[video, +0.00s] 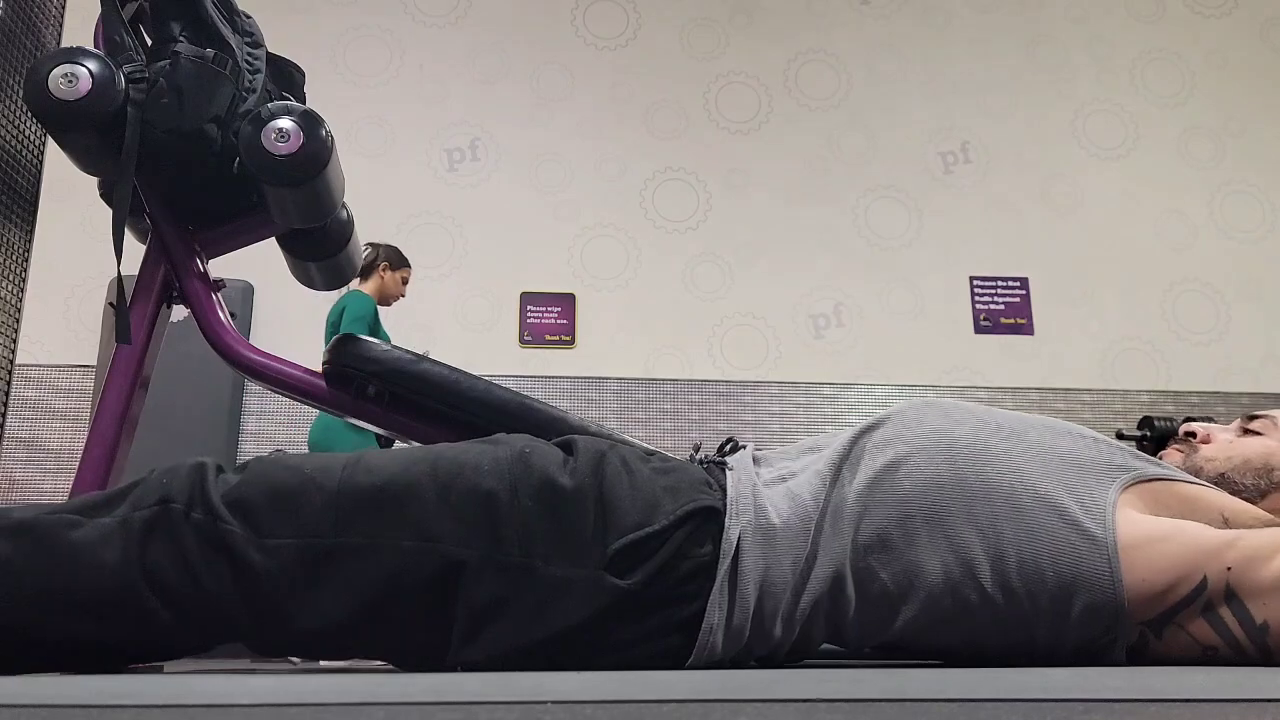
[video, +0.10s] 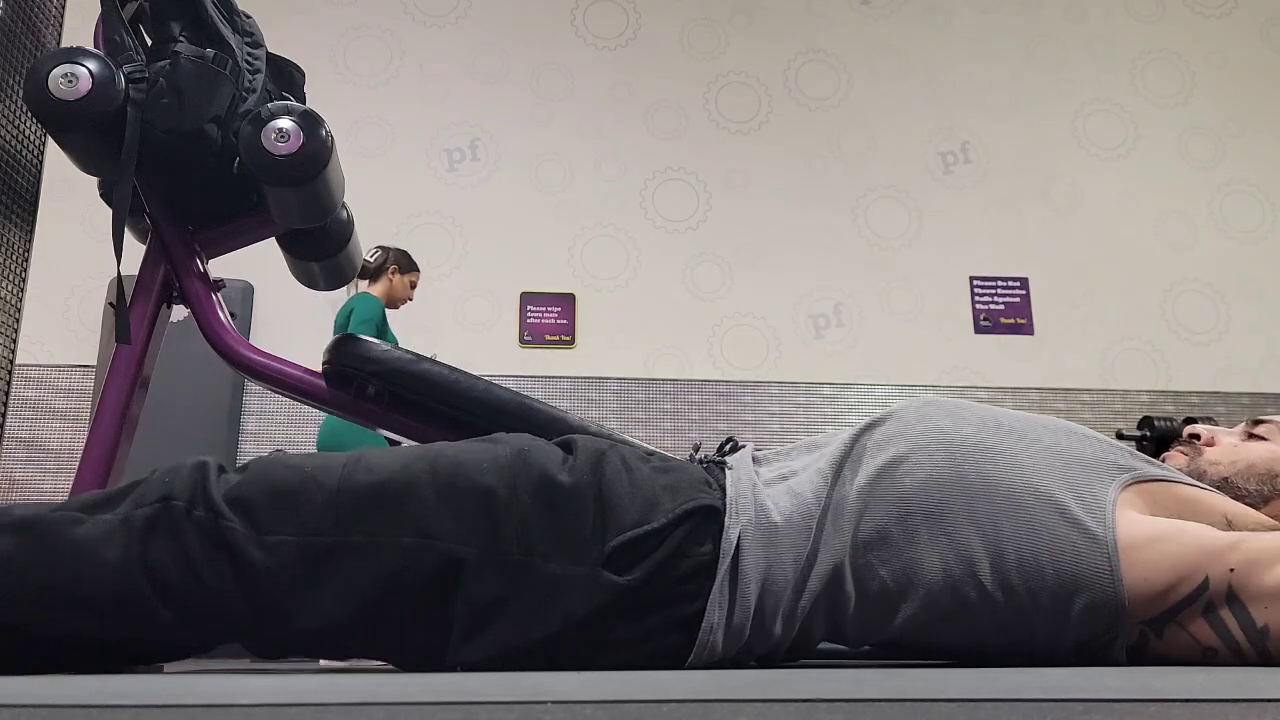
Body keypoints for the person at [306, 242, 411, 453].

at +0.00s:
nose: (404, 293)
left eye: (406, 285)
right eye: (403, 281)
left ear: (382, 270)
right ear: (384, 270)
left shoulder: (347, 303)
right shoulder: (362, 303)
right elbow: (350, 360)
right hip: (347, 430)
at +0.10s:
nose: (412, 297)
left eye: (414, 289)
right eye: (411, 285)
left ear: (391, 274)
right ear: (392, 273)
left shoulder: (357, 305)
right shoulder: (370, 305)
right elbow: (358, 360)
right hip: (351, 430)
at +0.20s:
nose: (420, 297)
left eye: (422, 290)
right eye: (419, 287)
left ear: (389, 277)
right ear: (401, 276)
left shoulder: (366, 310)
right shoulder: (376, 308)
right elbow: (371, 364)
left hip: (350, 435)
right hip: (362, 437)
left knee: (353, 535)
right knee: (362, 535)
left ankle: (344, 642)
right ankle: (352, 642)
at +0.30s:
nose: (427, 299)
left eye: (430, 292)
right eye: (426, 289)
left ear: (398, 280)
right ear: (408, 279)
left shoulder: (375, 312)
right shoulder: (383, 309)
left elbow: (380, 375)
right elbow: (377, 369)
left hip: (360, 439)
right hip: (368, 441)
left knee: (359, 537)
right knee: (369, 537)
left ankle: (342, 641)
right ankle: (363, 641)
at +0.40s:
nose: (433, 300)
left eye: (435, 293)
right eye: (432, 291)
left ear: (406, 280)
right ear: (414, 280)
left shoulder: (382, 312)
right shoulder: (390, 311)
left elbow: (386, 373)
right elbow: (384, 368)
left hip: (380, 440)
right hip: (382, 441)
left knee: (370, 536)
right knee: (376, 537)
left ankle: (346, 637)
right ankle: (356, 636)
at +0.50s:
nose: (438, 299)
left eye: (441, 291)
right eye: (437, 290)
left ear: (410, 280)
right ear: (420, 280)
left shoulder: (386, 313)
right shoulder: (397, 313)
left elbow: (391, 380)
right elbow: (391, 376)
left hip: (381, 441)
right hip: (392, 444)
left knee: (370, 539)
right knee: (402, 539)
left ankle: (343, 635)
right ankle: (406, 638)